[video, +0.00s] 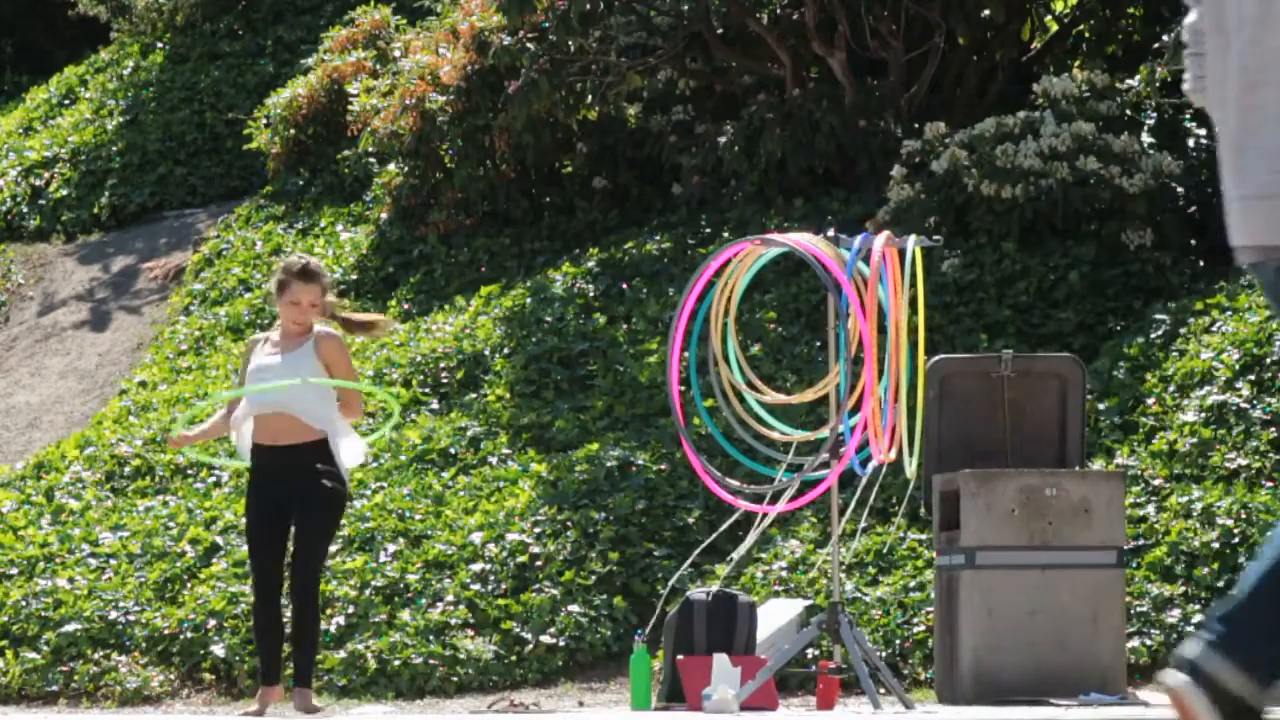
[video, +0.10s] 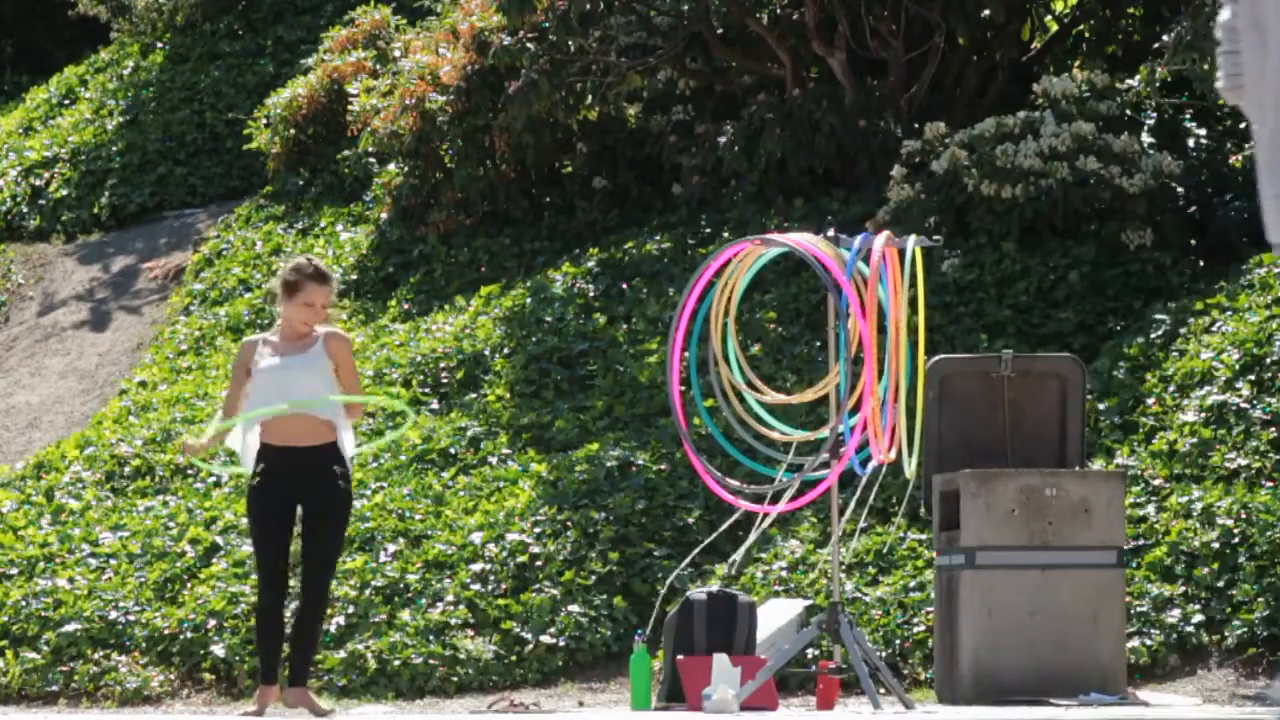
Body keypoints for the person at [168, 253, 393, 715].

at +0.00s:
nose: (304, 312)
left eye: (313, 304)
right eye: (295, 303)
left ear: (322, 304)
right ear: (277, 299)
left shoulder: (326, 343)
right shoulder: (259, 347)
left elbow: (354, 408)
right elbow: (240, 410)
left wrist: (309, 409)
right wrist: (197, 435)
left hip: (317, 468)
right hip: (266, 470)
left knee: (304, 580)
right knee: (265, 582)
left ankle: (303, 688)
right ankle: (269, 686)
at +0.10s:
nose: (316, 315)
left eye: (323, 306)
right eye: (308, 305)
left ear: (328, 305)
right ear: (283, 300)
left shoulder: (333, 343)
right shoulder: (253, 350)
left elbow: (356, 406)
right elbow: (230, 411)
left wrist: (321, 422)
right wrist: (206, 442)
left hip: (325, 468)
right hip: (271, 469)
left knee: (317, 582)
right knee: (271, 581)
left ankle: (297, 686)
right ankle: (267, 686)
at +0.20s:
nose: (327, 316)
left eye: (332, 308)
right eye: (320, 306)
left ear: (332, 307)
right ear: (292, 301)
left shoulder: (337, 345)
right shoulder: (254, 352)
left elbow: (351, 403)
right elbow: (234, 410)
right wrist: (237, 448)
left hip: (331, 466)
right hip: (279, 467)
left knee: (328, 584)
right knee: (279, 582)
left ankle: (294, 685)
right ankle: (265, 683)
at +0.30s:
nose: (338, 315)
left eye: (341, 308)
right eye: (334, 306)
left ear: (319, 305)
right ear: (304, 300)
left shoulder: (336, 344)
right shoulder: (261, 353)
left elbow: (342, 403)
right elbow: (243, 417)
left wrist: (352, 448)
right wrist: (251, 450)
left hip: (337, 469)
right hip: (290, 471)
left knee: (332, 581)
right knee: (296, 582)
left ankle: (295, 685)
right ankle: (261, 680)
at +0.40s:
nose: (344, 317)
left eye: (346, 309)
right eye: (341, 308)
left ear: (322, 303)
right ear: (313, 301)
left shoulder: (329, 342)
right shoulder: (275, 352)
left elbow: (334, 403)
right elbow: (263, 419)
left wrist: (352, 449)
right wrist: (293, 459)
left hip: (339, 470)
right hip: (303, 472)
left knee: (332, 582)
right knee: (319, 581)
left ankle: (295, 685)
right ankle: (257, 670)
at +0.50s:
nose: (346, 314)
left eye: (347, 306)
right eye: (343, 305)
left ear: (322, 303)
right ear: (320, 301)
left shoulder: (320, 345)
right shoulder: (294, 351)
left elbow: (321, 410)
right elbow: (290, 419)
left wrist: (347, 449)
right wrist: (333, 458)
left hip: (329, 476)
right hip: (312, 479)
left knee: (336, 583)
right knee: (337, 583)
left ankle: (294, 684)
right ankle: (265, 663)